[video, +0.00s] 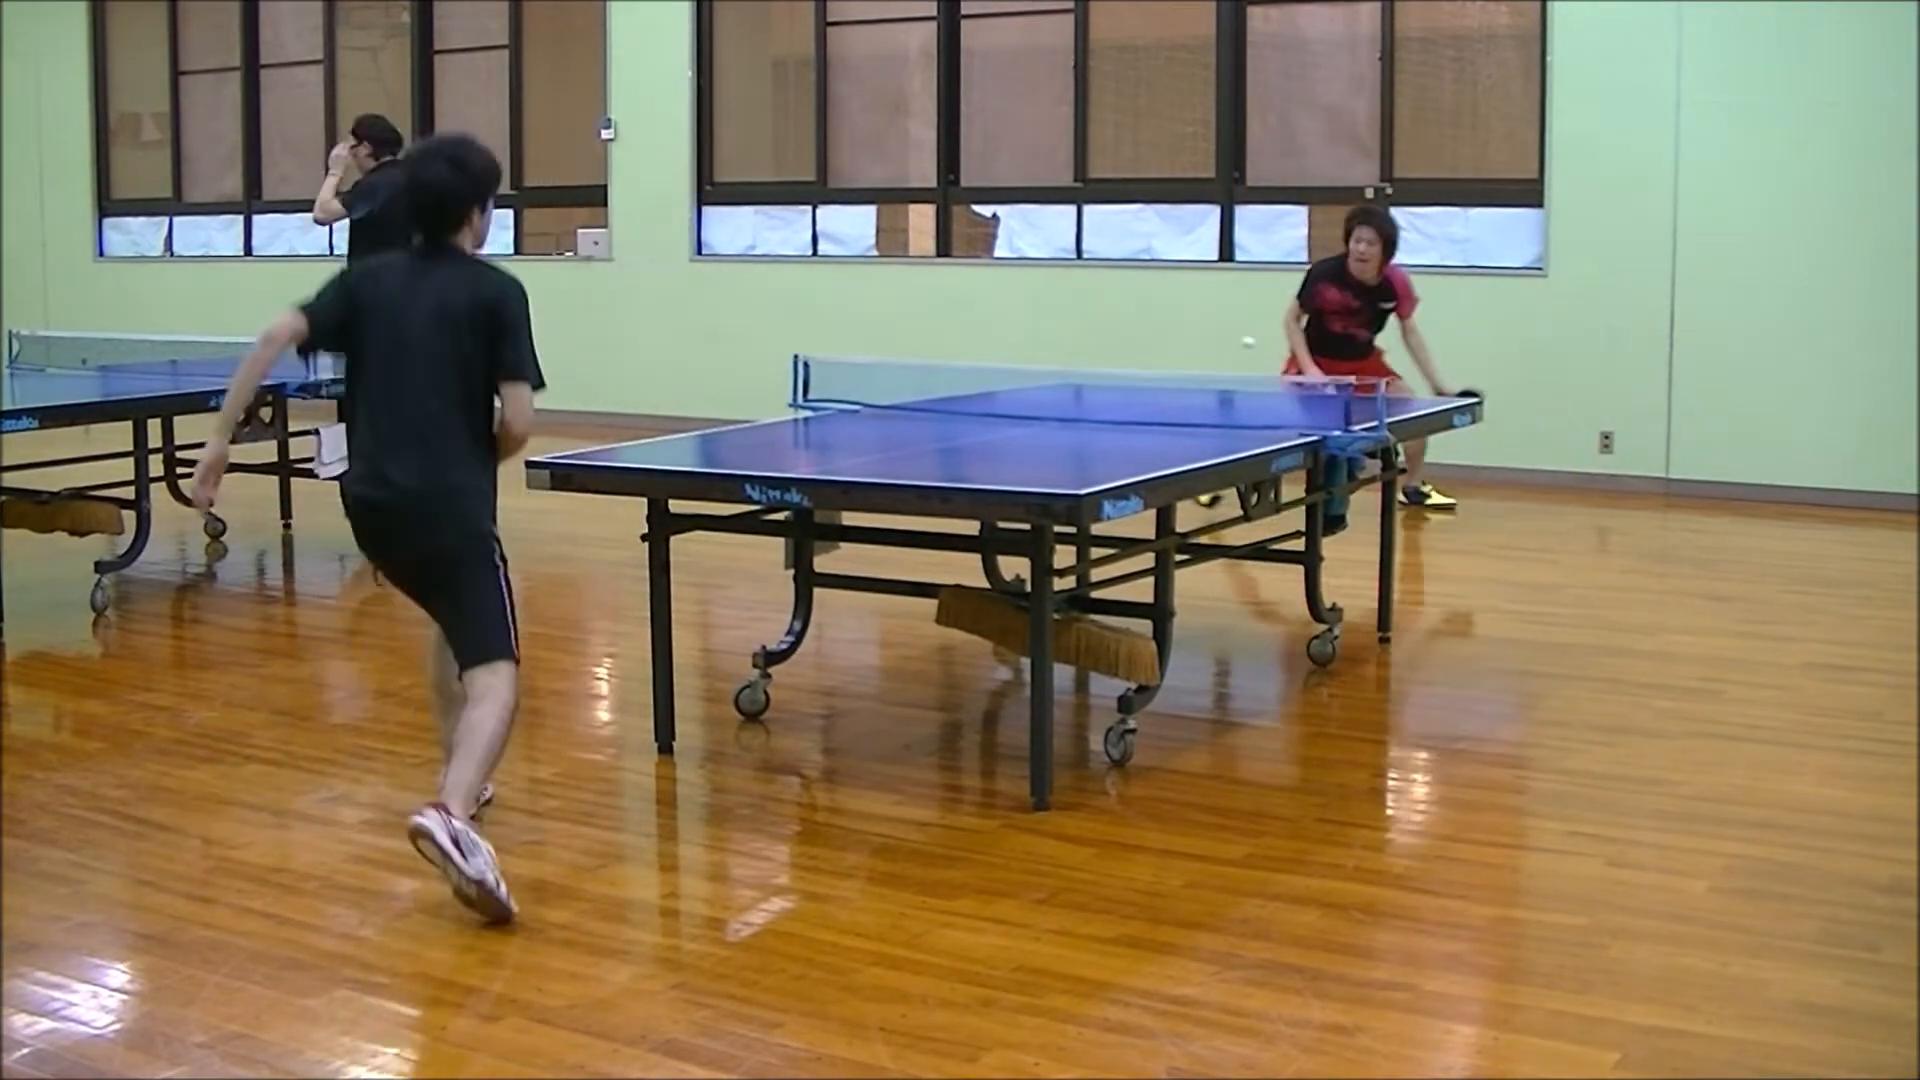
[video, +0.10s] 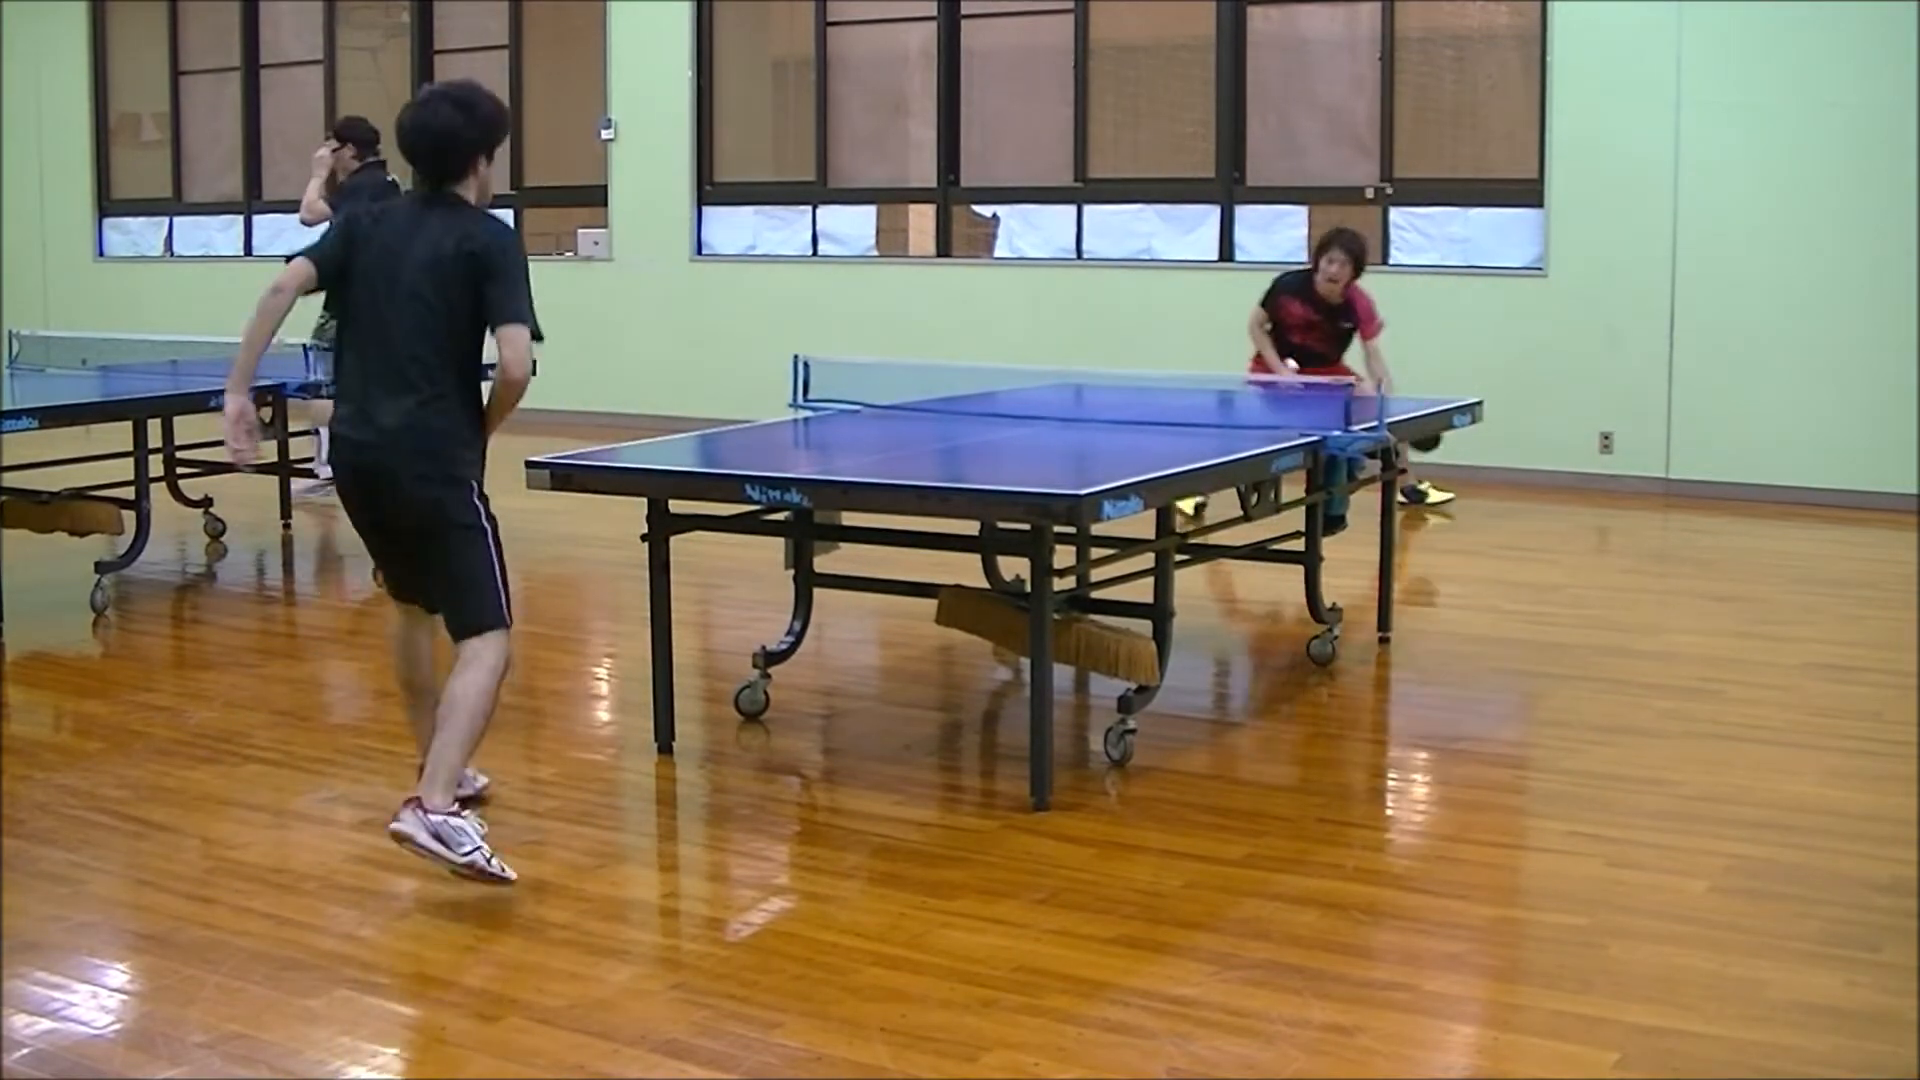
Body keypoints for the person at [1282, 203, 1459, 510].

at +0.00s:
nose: (1361, 249)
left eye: (1370, 243)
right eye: (1356, 241)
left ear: (1386, 249)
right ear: (1347, 242)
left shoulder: (1395, 282)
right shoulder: (1322, 274)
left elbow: (1410, 334)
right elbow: (1292, 320)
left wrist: (1438, 387)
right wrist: (1310, 369)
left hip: (1364, 366)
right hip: (1315, 365)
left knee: (1415, 412)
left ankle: (1412, 485)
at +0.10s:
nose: (1332, 270)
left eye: (1342, 264)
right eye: (1328, 260)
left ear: (1355, 272)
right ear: (1317, 260)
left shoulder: (1358, 303)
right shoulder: (1288, 285)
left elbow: (1371, 352)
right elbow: (1256, 326)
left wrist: (1385, 389)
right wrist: (1278, 367)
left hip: (1330, 377)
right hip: (1275, 376)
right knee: (1241, 427)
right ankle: (1198, 494)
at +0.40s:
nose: (1209, 278)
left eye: (1218, 273)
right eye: (1205, 271)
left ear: (1229, 277)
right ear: (1195, 272)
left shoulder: (1235, 303)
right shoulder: (1187, 298)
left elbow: (1231, 346)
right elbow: (1185, 331)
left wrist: (1224, 347)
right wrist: (1170, 357)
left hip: (1275, 383)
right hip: (1228, 381)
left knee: (1308, 430)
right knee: (1188, 423)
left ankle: (1350, 471)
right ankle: (1191, 499)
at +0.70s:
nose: (1207, 209)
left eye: (1214, 202)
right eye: (1200, 204)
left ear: (1229, 204)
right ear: (1194, 211)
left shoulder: (1243, 238)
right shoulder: (1213, 248)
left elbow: (1249, 296)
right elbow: (1239, 299)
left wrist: (1198, 309)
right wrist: (1200, 319)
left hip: (1291, 348)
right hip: (1249, 346)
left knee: (1309, 422)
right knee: (1202, 404)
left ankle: (1340, 489)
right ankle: (1194, 490)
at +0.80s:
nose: (1224, 213)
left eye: (1231, 206)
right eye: (1218, 207)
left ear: (1245, 210)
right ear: (1210, 214)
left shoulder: (1263, 243)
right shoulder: (1214, 260)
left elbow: (1284, 297)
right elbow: (1232, 306)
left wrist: (1233, 311)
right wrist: (1211, 314)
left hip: (1296, 355)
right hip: (1253, 354)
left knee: (1316, 426)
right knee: (1208, 406)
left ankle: (1361, 470)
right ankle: (1205, 482)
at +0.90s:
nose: (1247, 221)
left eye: (1255, 215)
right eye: (1241, 214)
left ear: (1268, 220)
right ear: (1234, 221)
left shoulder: (1286, 253)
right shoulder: (1233, 258)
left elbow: (1308, 306)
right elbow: (1229, 302)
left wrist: (1253, 318)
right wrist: (1225, 318)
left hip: (1310, 362)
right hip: (1265, 360)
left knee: (1312, 432)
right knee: (1219, 407)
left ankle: (1379, 476)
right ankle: (1204, 486)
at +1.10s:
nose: (1308, 192)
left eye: (1315, 185)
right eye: (1301, 185)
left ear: (1330, 191)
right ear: (1291, 193)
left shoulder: (1348, 229)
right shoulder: (1282, 239)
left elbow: (1376, 274)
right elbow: (1272, 282)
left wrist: (1343, 312)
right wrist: (1261, 310)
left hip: (1356, 344)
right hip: (1305, 341)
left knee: (1366, 420)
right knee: (1269, 406)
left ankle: (1392, 477)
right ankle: (1258, 478)